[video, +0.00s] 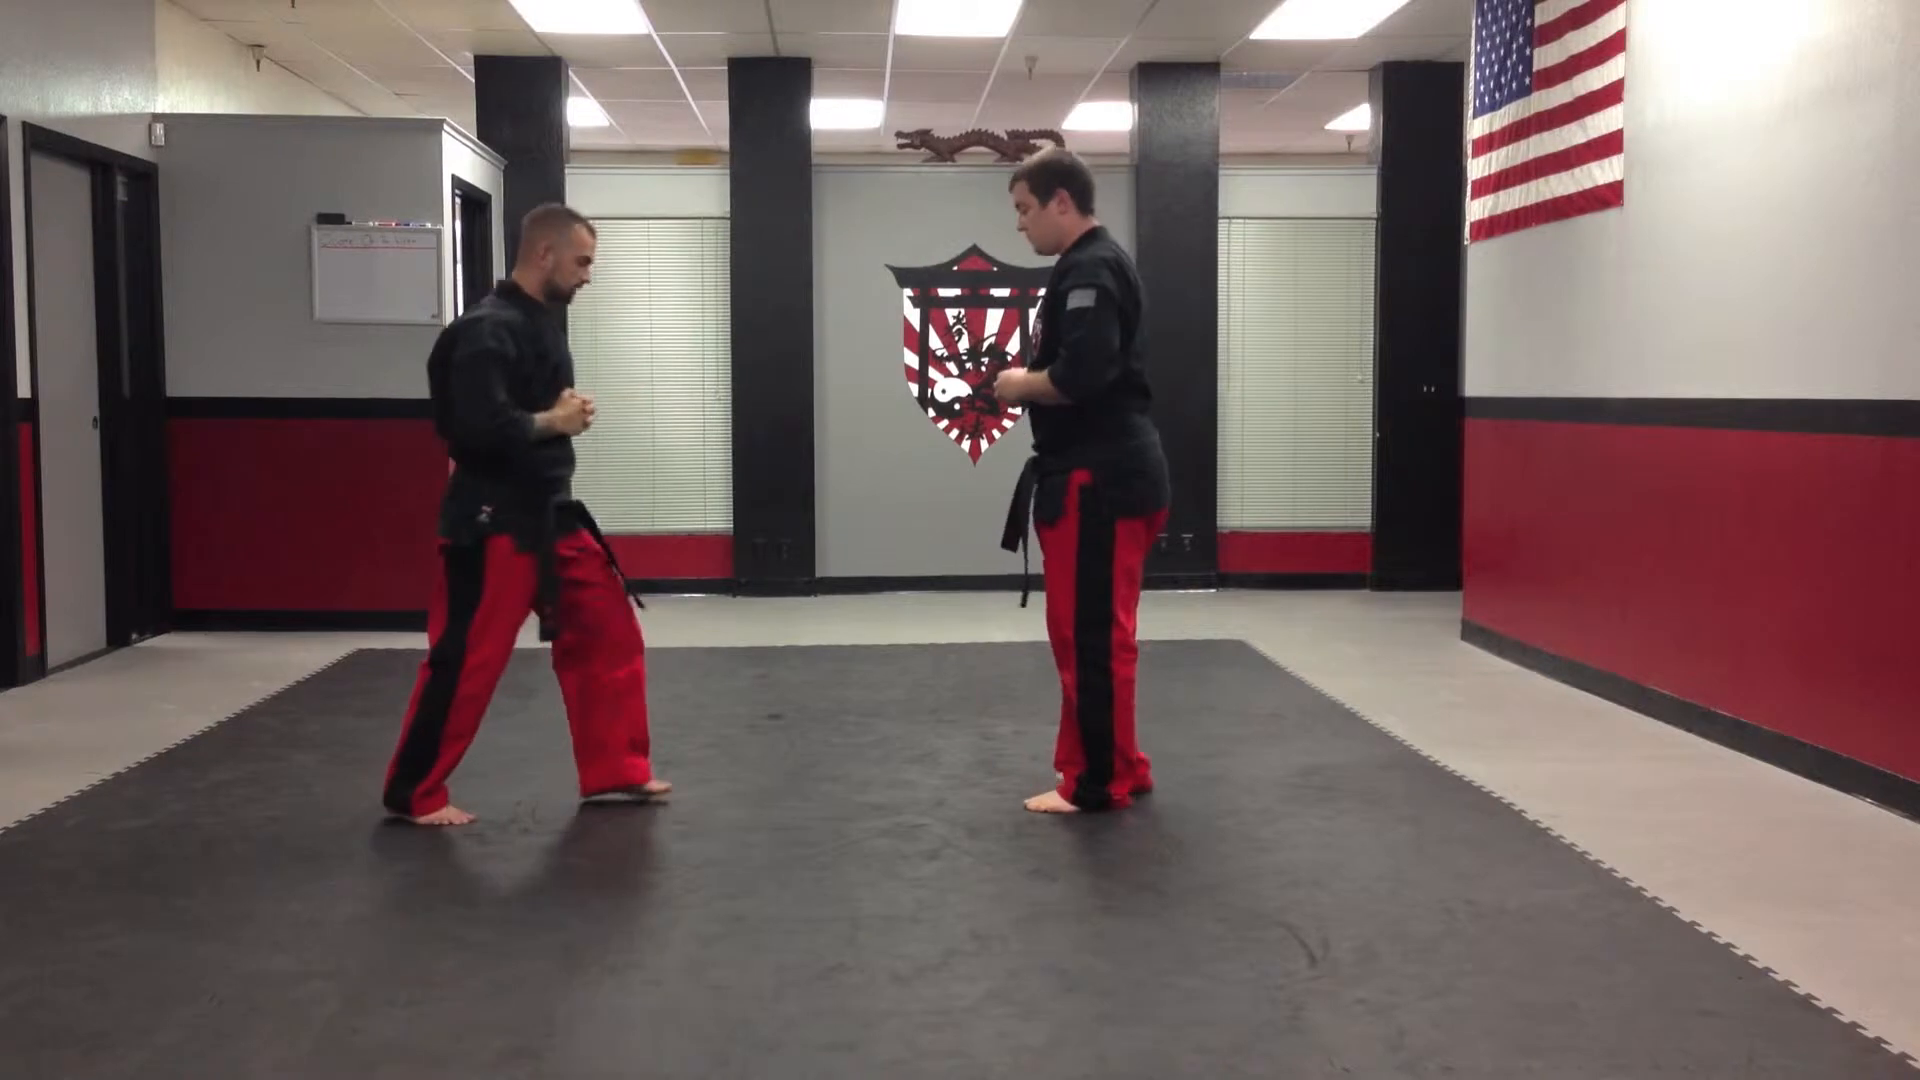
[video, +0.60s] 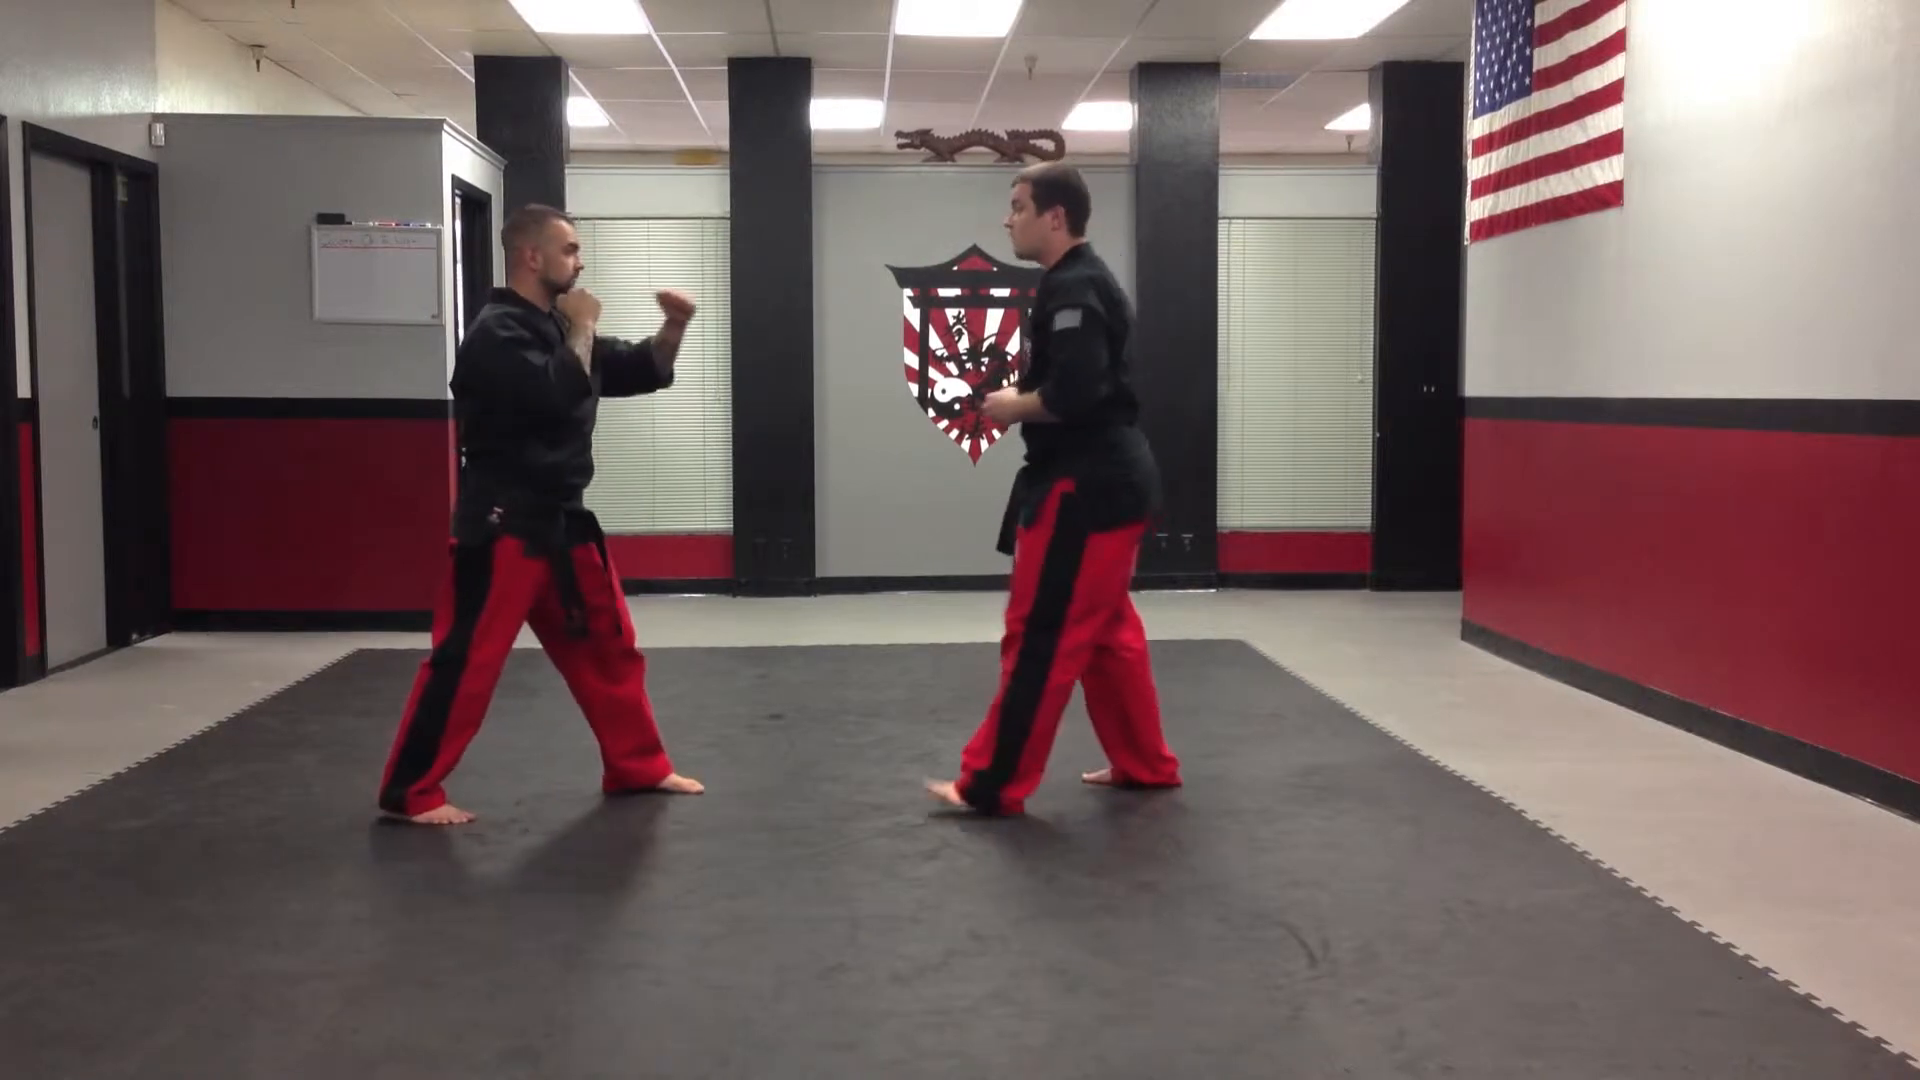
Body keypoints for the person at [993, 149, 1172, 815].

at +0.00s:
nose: (1020, 224)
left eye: (1024, 210)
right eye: (1017, 212)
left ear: (1060, 202)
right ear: (1062, 204)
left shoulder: (1088, 268)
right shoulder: (1090, 263)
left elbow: (1084, 376)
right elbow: (1077, 369)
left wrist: (1019, 386)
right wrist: (1021, 380)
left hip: (1101, 479)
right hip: (1100, 474)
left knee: (1087, 635)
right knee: (1096, 631)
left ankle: (1096, 784)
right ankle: (1117, 767)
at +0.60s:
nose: (1008, 221)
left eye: (1019, 210)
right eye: (1011, 209)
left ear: (1057, 218)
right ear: (1058, 219)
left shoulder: (1074, 287)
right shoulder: (1076, 279)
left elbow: (1077, 393)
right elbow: (1071, 383)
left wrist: (1015, 405)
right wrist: (1018, 396)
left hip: (1083, 486)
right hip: (1105, 479)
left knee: (1039, 635)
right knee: (1105, 627)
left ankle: (992, 783)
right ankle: (1144, 762)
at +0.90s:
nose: (994, 226)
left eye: (1005, 215)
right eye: (998, 214)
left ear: (1042, 226)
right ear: (1050, 228)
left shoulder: (1040, 295)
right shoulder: (1081, 293)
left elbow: (994, 384)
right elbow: (1047, 389)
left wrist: (926, 362)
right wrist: (966, 376)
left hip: (1047, 500)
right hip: (1096, 494)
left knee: (979, 636)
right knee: (1090, 627)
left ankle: (983, 792)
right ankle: (1154, 759)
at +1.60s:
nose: (1039, 239)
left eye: (1045, 226)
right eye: (1041, 226)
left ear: (1075, 231)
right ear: (1103, 234)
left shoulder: (1048, 291)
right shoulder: (1153, 307)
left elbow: (951, 313)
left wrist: (915, 287)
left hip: (1074, 504)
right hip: (1151, 503)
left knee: (1003, 644)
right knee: (1169, 637)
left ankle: (987, 794)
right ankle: (1233, 772)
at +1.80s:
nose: (1066, 252)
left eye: (1072, 239)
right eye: (1067, 240)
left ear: (1103, 240)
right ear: (1131, 242)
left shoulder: (1086, 307)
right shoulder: (1195, 309)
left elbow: (1022, 376)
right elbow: (1229, 403)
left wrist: (986, 315)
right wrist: (1162, 410)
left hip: (1103, 509)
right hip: (1187, 508)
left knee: (1037, 638)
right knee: (1195, 642)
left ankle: (1038, 779)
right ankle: (1232, 775)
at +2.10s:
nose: (1044, 263)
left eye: (1049, 251)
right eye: (1045, 251)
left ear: (1078, 254)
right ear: (1106, 256)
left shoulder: (1060, 316)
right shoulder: (1169, 317)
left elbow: (985, 372)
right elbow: (1214, 407)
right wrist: (1148, 415)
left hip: (1089, 516)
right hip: (1170, 511)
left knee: (1034, 644)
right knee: (1197, 643)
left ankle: (1008, 777)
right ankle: (1237, 776)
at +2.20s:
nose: (1020, 260)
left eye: (1026, 249)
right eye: (1023, 248)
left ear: (1053, 251)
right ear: (1083, 255)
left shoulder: (1025, 312)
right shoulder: (1139, 318)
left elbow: (929, 337)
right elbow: (1185, 416)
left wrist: (850, 293)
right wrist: (1118, 403)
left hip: (1048, 515)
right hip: (1132, 512)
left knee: (1018, 645)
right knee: (1183, 639)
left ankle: (1007, 780)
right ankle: (1239, 775)